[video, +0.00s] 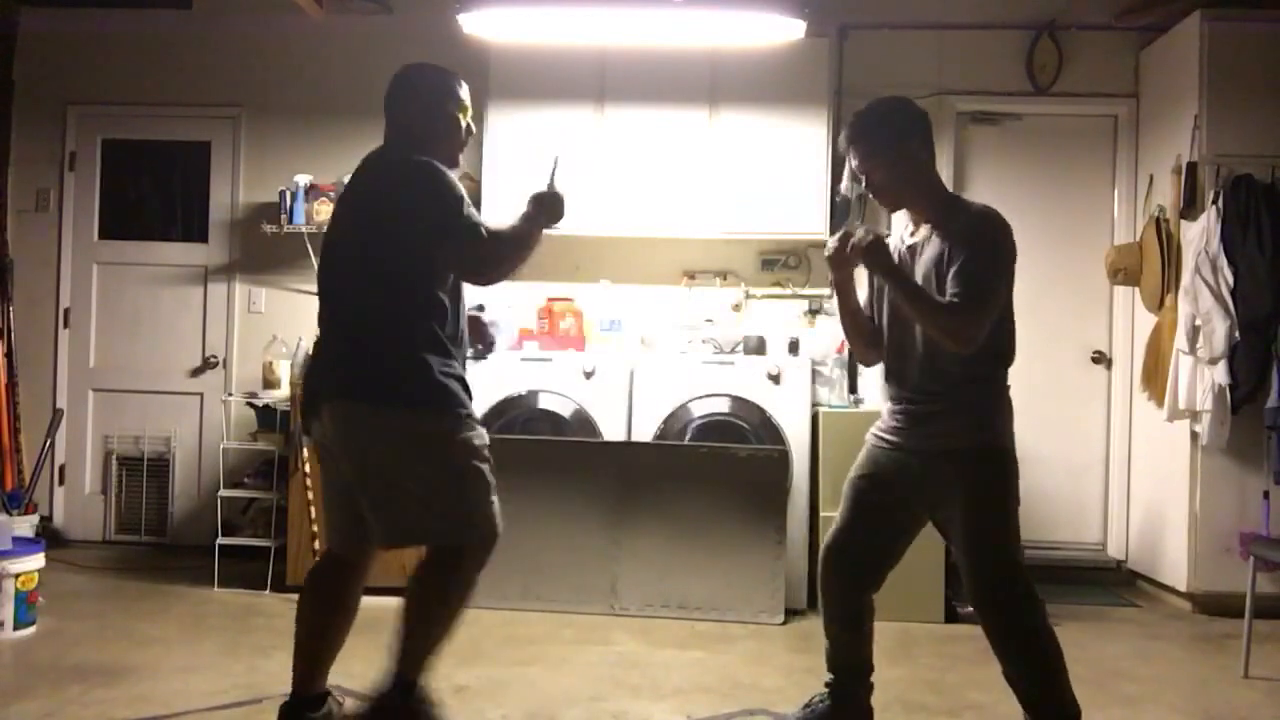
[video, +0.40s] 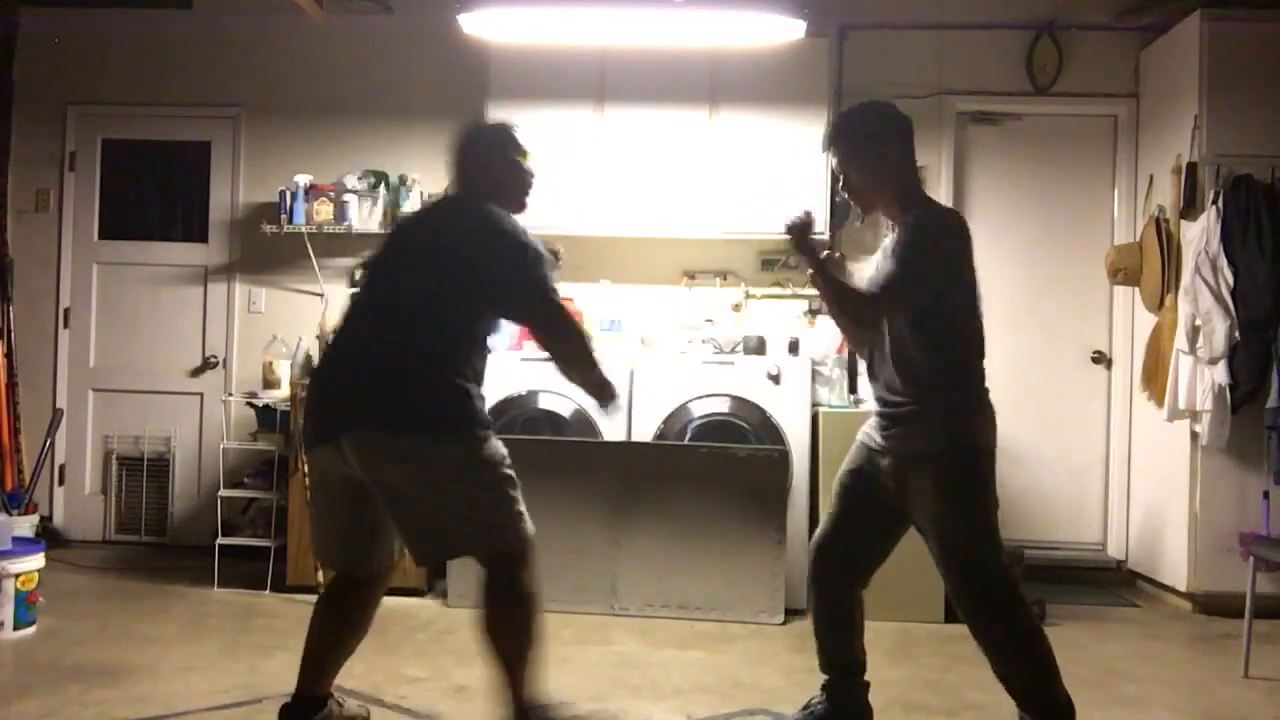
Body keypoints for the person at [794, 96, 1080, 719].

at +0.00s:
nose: (857, 178)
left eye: (864, 161)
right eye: (853, 165)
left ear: (909, 153)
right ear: (891, 162)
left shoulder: (982, 229)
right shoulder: (892, 246)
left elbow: (964, 334)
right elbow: (869, 350)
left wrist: (885, 269)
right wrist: (842, 283)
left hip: (971, 445)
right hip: (899, 438)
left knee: (1001, 601)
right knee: (843, 566)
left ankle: (1058, 716)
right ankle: (847, 699)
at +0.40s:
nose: (842, 184)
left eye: (847, 167)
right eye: (837, 171)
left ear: (889, 157)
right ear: (883, 164)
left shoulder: (933, 228)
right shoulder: (893, 239)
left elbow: (866, 313)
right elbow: (865, 340)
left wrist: (813, 253)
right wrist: (825, 278)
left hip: (946, 438)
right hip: (889, 432)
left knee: (983, 594)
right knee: (832, 564)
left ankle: (1052, 713)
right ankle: (843, 698)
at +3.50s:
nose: (886, 191)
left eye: (893, 175)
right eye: (881, 178)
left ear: (934, 162)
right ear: (920, 171)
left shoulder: (1011, 232)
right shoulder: (916, 252)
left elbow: (1003, 333)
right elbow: (888, 350)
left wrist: (915, 268)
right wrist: (867, 275)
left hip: (1004, 439)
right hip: (933, 435)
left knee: (1032, 597)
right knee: (882, 563)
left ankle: (1100, 716)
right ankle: (896, 695)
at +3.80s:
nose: (877, 186)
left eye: (883, 170)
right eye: (872, 173)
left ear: (925, 160)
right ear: (920, 165)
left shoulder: (965, 229)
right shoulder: (928, 239)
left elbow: (867, 284)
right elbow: (919, 347)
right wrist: (880, 290)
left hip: (1006, 437)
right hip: (948, 435)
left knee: (1034, 604)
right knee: (900, 563)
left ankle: (1098, 715)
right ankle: (890, 696)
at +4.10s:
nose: (904, 183)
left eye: (914, 168)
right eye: (903, 170)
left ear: (959, 166)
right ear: (948, 169)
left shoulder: (1006, 241)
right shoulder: (957, 249)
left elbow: (986, 350)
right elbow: (950, 354)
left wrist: (906, 318)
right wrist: (904, 331)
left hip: (999, 455)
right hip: (940, 446)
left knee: (1033, 617)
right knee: (873, 574)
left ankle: (1101, 717)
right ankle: (886, 698)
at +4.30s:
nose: (941, 171)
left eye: (952, 156)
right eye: (942, 157)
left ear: (997, 157)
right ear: (1003, 162)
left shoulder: (952, 244)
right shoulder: (1042, 246)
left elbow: (846, 240)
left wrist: (797, 233)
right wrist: (880, 240)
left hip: (981, 448)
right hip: (955, 443)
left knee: (1004, 612)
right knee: (880, 562)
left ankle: (1097, 719)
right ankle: (886, 697)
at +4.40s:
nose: (939, 164)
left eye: (951, 149)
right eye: (940, 149)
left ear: (996, 154)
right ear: (1007, 158)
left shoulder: (953, 246)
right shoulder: (1051, 245)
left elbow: (865, 319)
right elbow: (1021, 349)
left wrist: (804, 315)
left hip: (964, 444)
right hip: (988, 438)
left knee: (1000, 612)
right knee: (883, 554)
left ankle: (1094, 718)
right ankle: (885, 697)